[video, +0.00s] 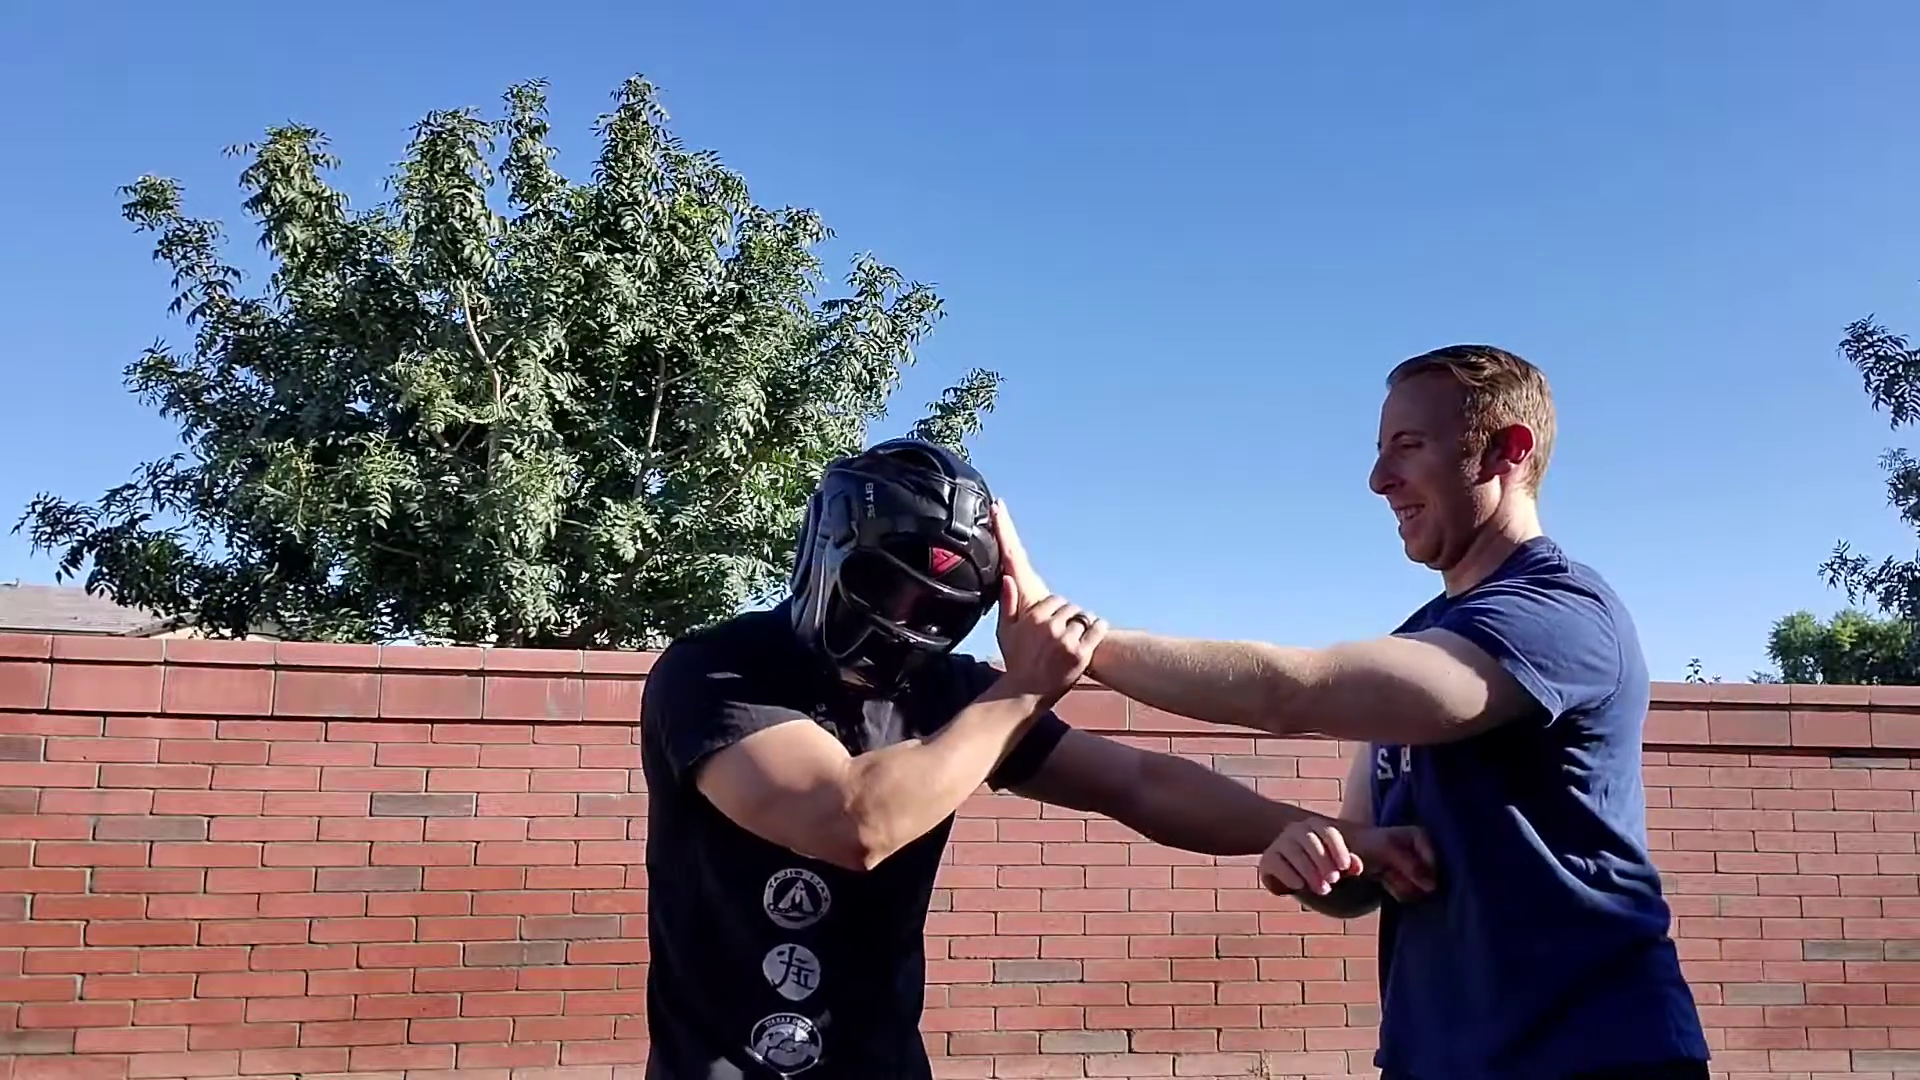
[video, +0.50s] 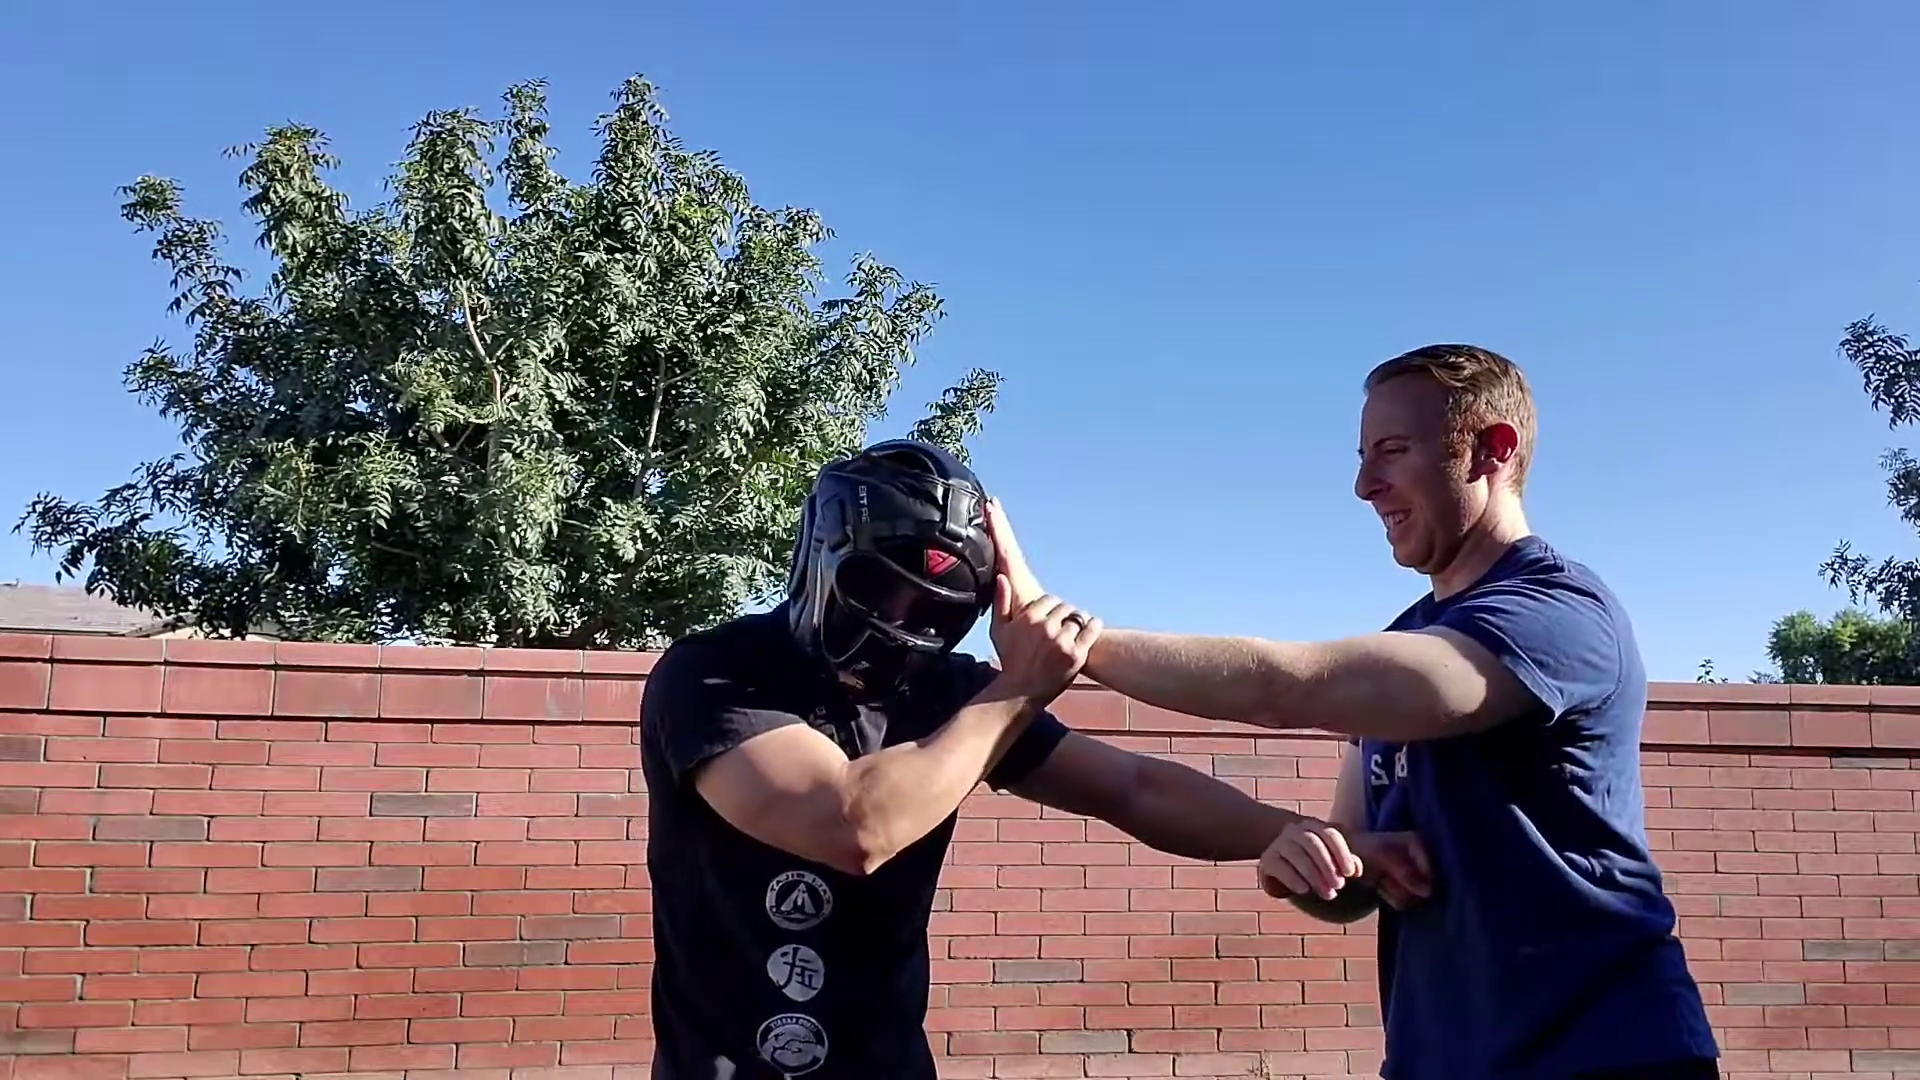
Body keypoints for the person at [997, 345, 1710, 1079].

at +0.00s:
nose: (1379, 478)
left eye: (1405, 446)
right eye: (1383, 452)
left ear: (1505, 454)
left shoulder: (1565, 612)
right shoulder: (1420, 643)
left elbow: (1298, 693)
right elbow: (1371, 861)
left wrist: (1075, 634)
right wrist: (1318, 859)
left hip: (1588, 1041)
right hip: (1436, 1047)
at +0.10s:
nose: (1377, 480)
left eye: (1403, 448)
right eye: (1380, 455)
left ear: (1506, 454)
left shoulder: (1567, 613)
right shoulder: (1417, 647)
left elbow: (1308, 691)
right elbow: (1371, 860)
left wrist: (1078, 645)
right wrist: (1313, 857)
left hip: (1592, 1043)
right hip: (1438, 1049)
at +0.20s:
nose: (1376, 480)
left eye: (1403, 449)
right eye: (1379, 455)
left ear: (1505, 454)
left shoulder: (1568, 614)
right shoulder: (1419, 647)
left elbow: (1306, 688)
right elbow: (1380, 869)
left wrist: (1080, 642)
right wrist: (1316, 861)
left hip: (1595, 1043)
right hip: (1441, 1049)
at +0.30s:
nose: (1375, 479)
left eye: (1401, 448)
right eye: (1377, 455)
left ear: (1504, 454)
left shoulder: (1567, 612)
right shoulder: (1413, 646)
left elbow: (1306, 689)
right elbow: (1369, 858)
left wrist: (1077, 641)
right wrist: (1313, 862)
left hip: (1594, 1044)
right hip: (1439, 1049)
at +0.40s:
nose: (1369, 480)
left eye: (1396, 447)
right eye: (1370, 456)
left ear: (1499, 453)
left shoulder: (1563, 611)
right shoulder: (1406, 646)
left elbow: (1308, 689)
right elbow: (1362, 862)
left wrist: (1078, 640)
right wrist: (1309, 861)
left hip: (1596, 1045)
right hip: (1439, 1052)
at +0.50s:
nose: (1364, 483)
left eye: (1390, 451)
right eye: (1364, 459)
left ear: (1494, 453)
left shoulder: (1565, 612)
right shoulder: (1406, 646)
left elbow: (1302, 685)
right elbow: (1359, 865)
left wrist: (1074, 637)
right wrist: (1312, 861)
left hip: (1598, 1046)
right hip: (1439, 1053)